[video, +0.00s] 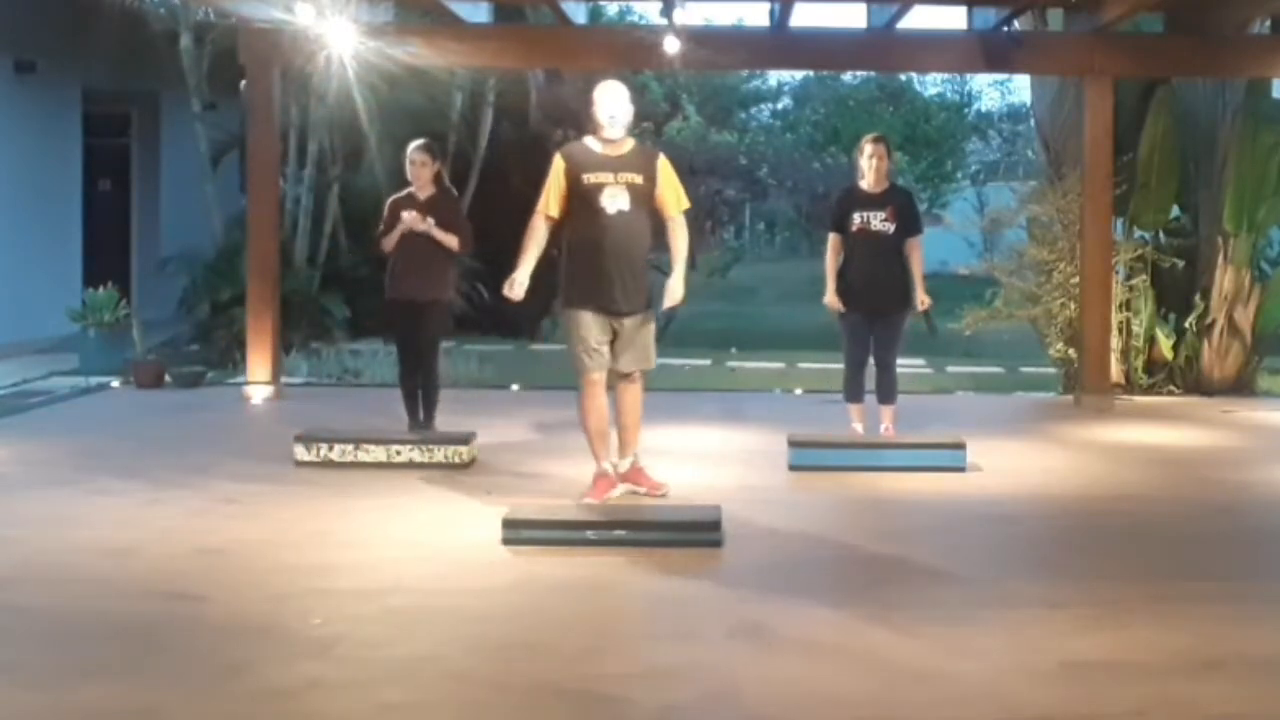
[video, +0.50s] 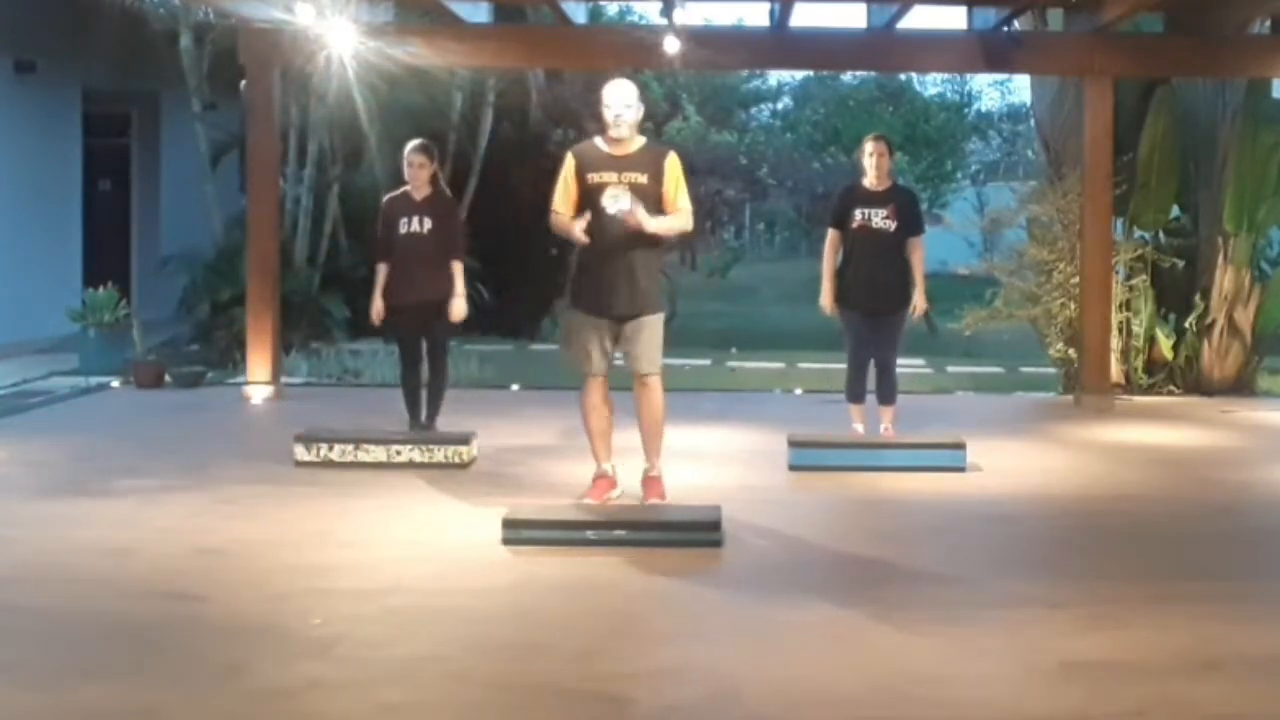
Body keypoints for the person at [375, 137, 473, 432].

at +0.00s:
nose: (414, 170)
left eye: (421, 164)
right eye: (411, 163)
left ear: (435, 167)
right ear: (405, 167)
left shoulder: (448, 201)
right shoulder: (396, 203)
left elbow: (462, 244)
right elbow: (384, 246)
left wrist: (430, 227)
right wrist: (402, 227)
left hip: (434, 296)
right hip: (401, 295)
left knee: (428, 359)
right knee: (407, 359)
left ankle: (429, 418)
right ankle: (413, 418)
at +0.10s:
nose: (413, 169)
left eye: (419, 162)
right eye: (409, 162)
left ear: (434, 164)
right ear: (403, 165)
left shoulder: (448, 199)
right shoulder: (394, 201)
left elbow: (463, 244)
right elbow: (385, 247)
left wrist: (428, 238)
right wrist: (403, 239)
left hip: (434, 294)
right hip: (401, 294)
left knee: (428, 359)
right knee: (408, 359)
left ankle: (429, 418)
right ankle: (414, 419)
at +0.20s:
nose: (412, 167)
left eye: (419, 161)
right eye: (408, 160)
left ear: (433, 162)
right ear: (403, 162)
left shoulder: (447, 197)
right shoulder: (392, 198)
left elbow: (460, 243)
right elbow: (385, 243)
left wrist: (429, 250)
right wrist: (403, 251)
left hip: (434, 291)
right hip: (402, 291)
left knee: (431, 356)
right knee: (408, 357)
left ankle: (430, 418)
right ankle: (414, 418)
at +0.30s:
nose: (413, 167)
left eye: (419, 161)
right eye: (409, 160)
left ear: (433, 163)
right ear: (403, 163)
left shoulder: (446, 197)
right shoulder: (392, 198)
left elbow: (454, 243)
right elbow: (385, 242)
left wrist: (429, 267)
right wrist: (403, 272)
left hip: (436, 291)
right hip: (403, 290)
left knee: (434, 355)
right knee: (409, 356)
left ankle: (430, 418)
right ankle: (414, 418)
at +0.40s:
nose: (413, 169)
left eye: (419, 163)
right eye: (409, 163)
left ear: (433, 165)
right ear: (403, 165)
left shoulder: (447, 200)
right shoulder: (391, 201)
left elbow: (457, 245)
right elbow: (387, 248)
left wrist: (442, 279)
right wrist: (389, 286)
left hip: (435, 290)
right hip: (403, 290)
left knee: (436, 358)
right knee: (409, 359)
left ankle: (431, 417)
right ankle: (414, 417)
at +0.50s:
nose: (414, 171)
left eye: (420, 166)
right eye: (410, 165)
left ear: (433, 168)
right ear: (403, 167)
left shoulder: (446, 204)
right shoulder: (391, 204)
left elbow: (455, 254)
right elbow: (384, 254)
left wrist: (459, 293)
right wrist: (377, 294)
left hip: (437, 297)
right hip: (403, 297)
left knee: (437, 361)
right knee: (410, 362)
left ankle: (431, 418)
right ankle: (414, 419)